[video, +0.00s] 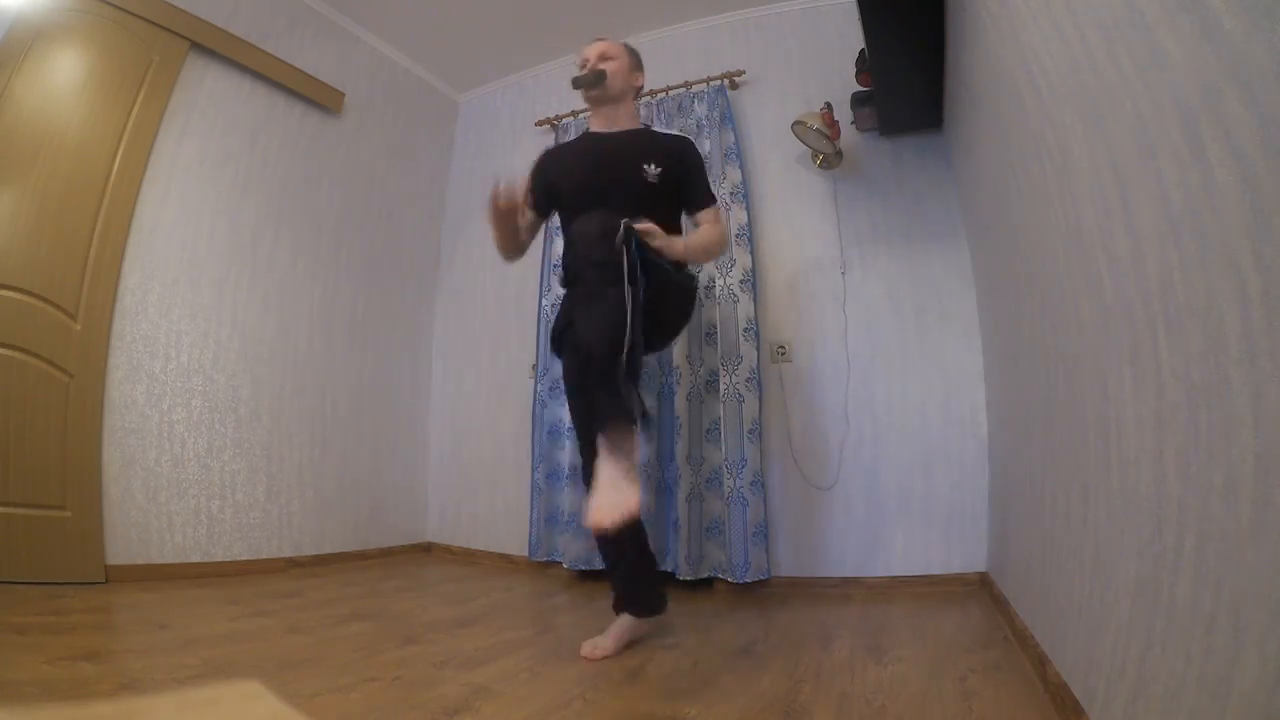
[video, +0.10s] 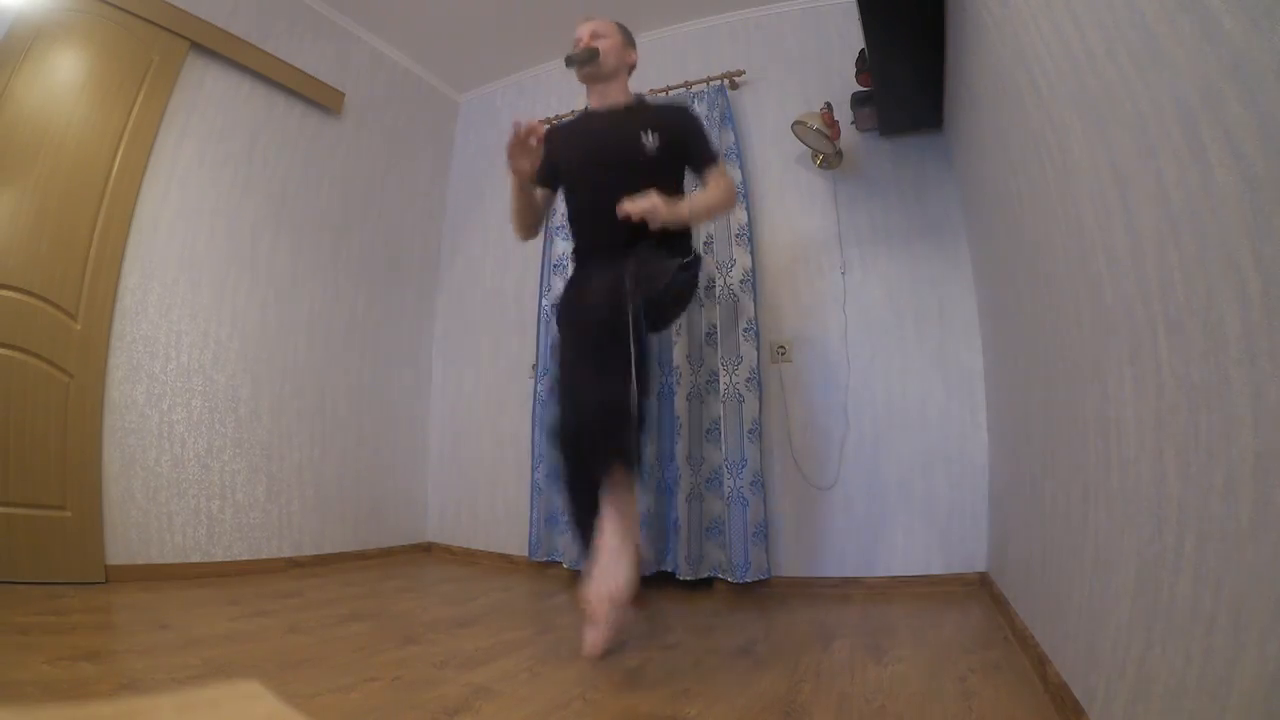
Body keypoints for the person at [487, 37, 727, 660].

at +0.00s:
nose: (592, 59)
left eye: (608, 54)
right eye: (585, 57)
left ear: (637, 82)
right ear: (578, 88)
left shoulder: (673, 150)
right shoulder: (555, 162)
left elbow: (715, 237)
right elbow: (513, 250)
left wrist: (674, 247)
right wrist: (504, 222)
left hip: (659, 306)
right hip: (586, 312)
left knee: (599, 230)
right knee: (600, 451)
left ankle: (616, 441)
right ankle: (639, 600)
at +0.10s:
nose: (585, 44)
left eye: (599, 35)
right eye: (578, 41)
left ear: (631, 55)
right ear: (572, 65)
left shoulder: (670, 119)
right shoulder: (560, 136)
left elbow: (723, 190)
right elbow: (528, 226)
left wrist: (673, 210)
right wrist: (523, 175)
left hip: (662, 267)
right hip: (591, 278)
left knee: (601, 304)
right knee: (580, 418)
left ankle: (616, 519)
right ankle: (604, 568)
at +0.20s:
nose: (580, 36)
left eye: (596, 29)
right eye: (576, 33)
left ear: (629, 52)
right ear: (572, 62)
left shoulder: (664, 107)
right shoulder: (568, 138)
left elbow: (732, 182)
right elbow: (568, 228)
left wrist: (658, 184)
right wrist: (540, 215)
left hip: (658, 280)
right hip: (593, 280)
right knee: (497, 354)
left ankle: (645, 612)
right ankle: (576, 495)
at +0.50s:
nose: (589, 37)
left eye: (603, 28)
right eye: (583, 34)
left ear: (636, 49)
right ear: (578, 60)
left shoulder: (672, 114)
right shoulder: (563, 130)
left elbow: (716, 196)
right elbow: (555, 211)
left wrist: (631, 168)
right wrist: (543, 228)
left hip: (652, 256)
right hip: (581, 270)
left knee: (613, 332)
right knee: (567, 430)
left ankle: (656, 522)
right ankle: (608, 598)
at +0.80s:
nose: (577, 31)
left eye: (593, 23)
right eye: (572, 28)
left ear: (626, 45)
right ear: (569, 56)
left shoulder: (661, 97)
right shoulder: (567, 132)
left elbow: (725, 175)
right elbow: (570, 221)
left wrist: (639, 159)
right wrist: (539, 212)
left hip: (655, 264)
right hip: (590, 271)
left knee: (634, 423)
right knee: (495, 363)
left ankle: (648, 602)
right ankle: (572, 513)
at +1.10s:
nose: (582, 36)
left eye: (597, 28)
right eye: (576, 33)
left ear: (630, 49)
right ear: (570, 60)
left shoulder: (667, 116)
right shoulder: (554, 131)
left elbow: (707, 198)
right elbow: (543, 207)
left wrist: (626, 179)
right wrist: (534, 228)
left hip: (646, 258)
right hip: (574, 272)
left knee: (609, 317)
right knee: (572, 435)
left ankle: (639, 525)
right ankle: (604, 600)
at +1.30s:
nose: (575, 35)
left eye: (590, 26)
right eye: (570, 31)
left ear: (624, 46)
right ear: (565, 56)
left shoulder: (663, 109)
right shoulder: (553, 131)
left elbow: (718, 184)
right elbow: (525, 222)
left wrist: (660, 197)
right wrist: (517, 180)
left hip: (649, 262)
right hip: (580, 275)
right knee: (541, 413)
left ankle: (622, 532)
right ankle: (587, 577)